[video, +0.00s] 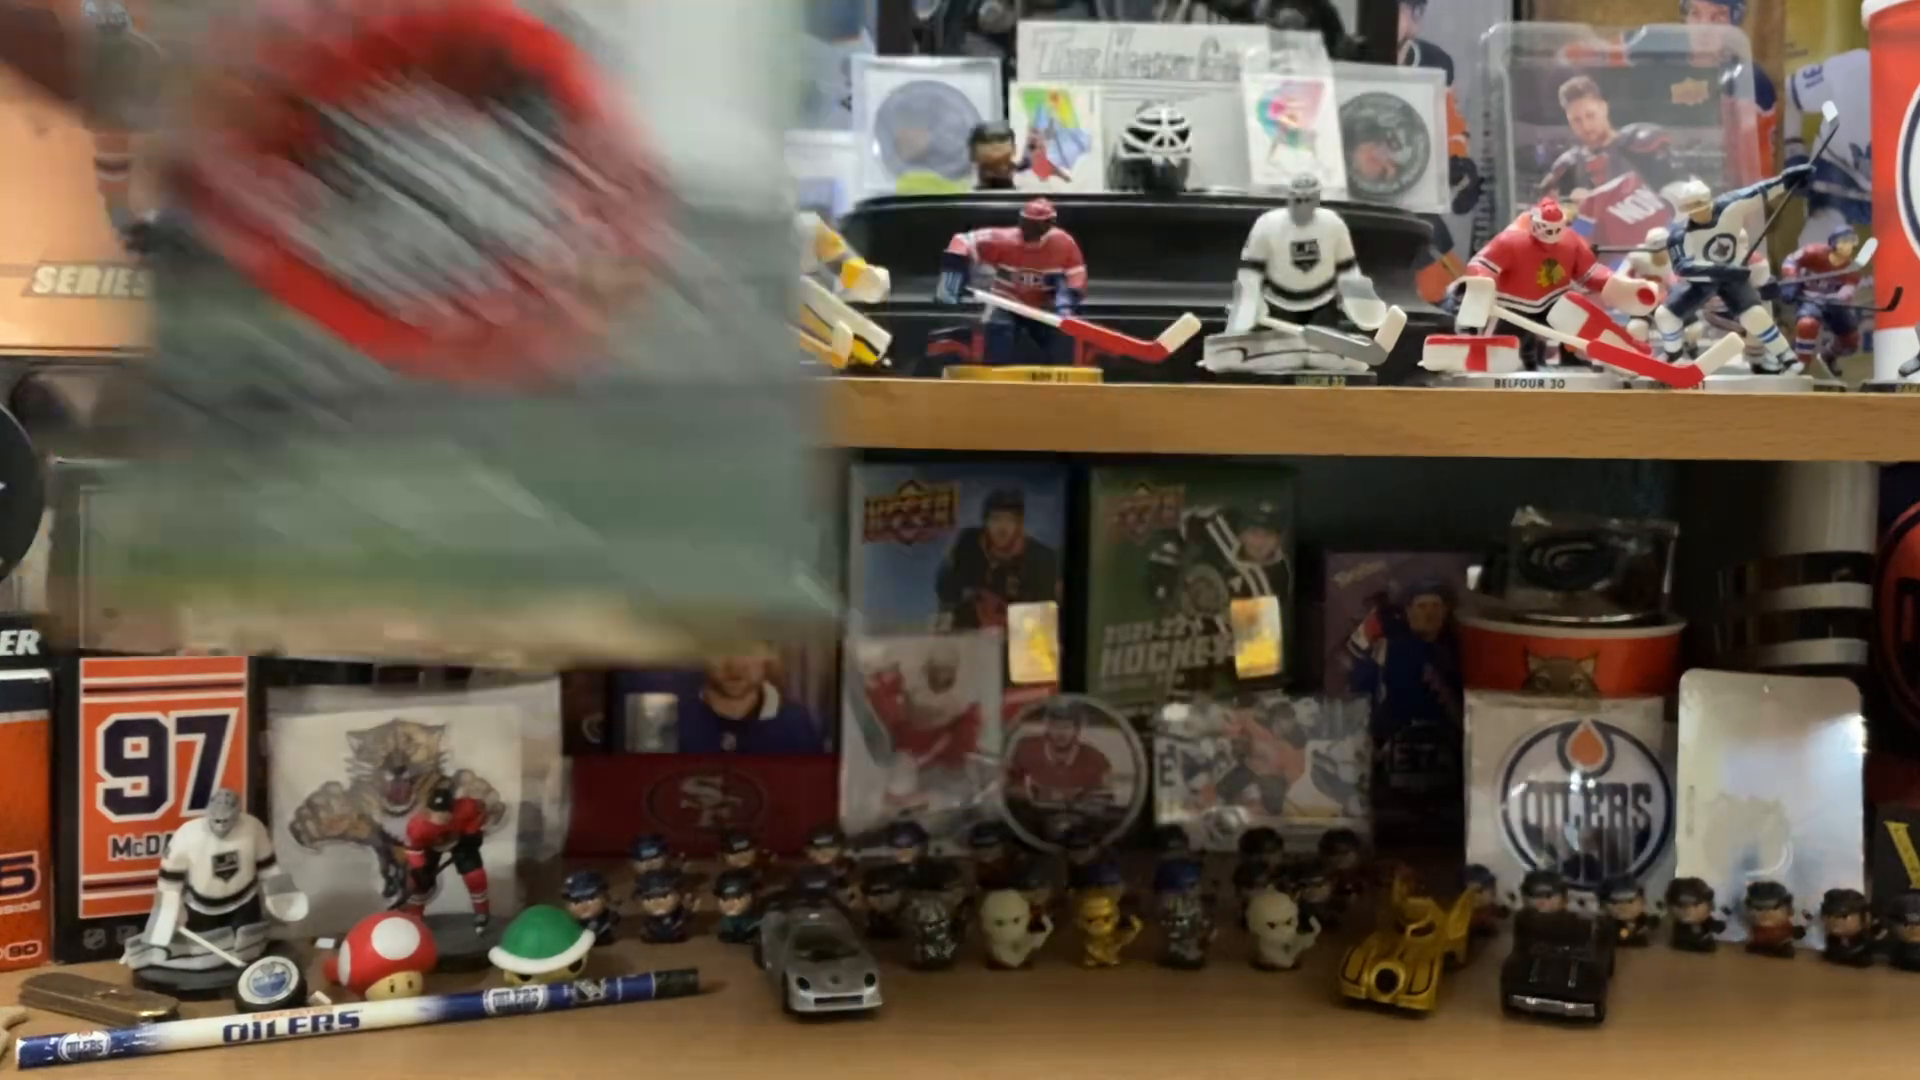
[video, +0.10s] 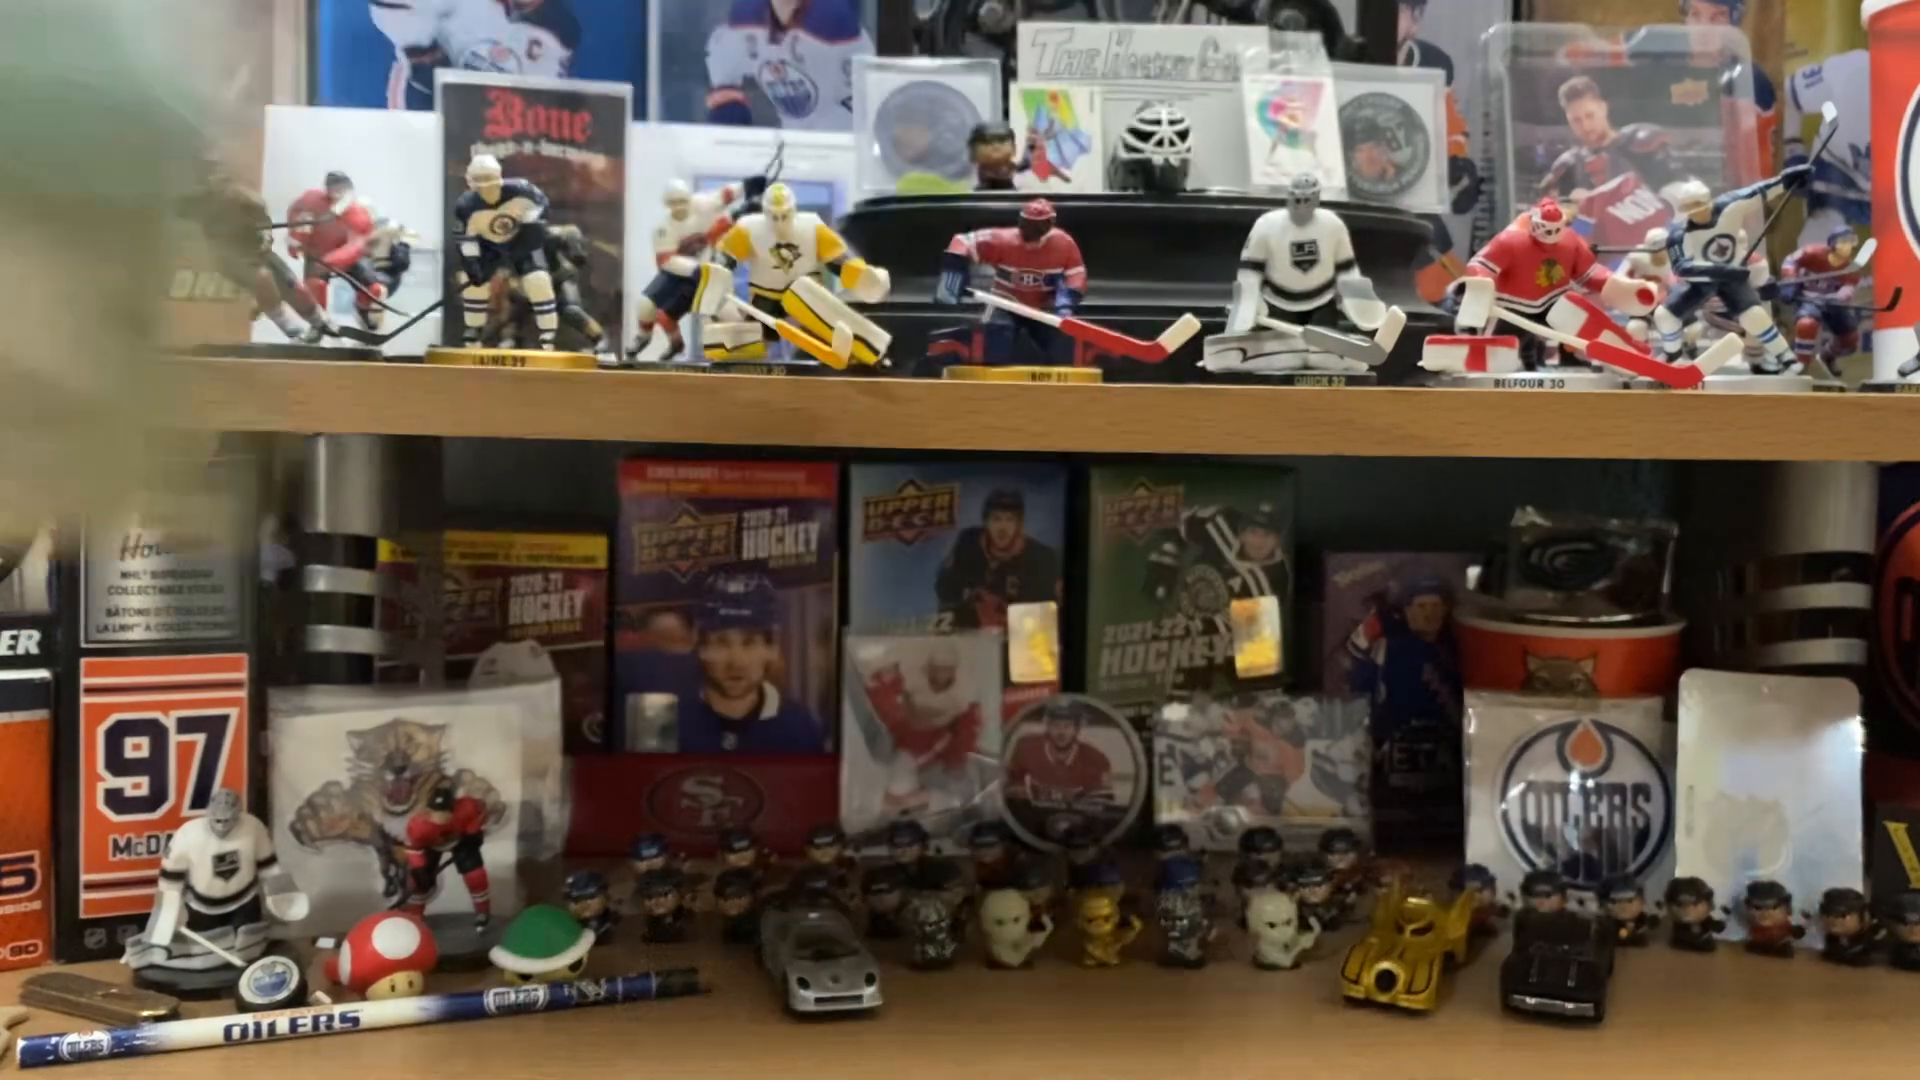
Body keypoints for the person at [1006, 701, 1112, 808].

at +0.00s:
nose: (1060, 733)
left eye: (1066, 727)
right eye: (1055, 726)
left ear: (1077, 729)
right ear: (1047, 727)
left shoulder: (1094, 758)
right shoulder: (1026, 749)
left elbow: (1105, 796)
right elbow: (1008, 786)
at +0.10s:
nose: (1061, 732)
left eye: (1067, 726)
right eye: (1055, 725)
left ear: (1077, 728)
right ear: (1047, 726)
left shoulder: (1095, 759)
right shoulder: (1026, 748)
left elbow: (1103, 799)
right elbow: (1008, 788)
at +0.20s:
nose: (1060, 731)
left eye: (1067, 726)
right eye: (1055, 725)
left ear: (1077, 728)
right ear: (1048, 726)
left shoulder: (1095, 758)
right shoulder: (1027, 746)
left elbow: (1099, 803)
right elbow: (1015, 792)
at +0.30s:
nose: (1060, 731)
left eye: (1066, 726)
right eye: (1055, 725)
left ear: (1077, 728)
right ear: (1048, 726)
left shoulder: (1095, 758)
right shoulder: (1026, 746)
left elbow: (1098, 803)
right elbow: (1015, 792)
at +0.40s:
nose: (1060, 731)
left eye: (1066, 725)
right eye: (1055, 725)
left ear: (1077, 728)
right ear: (1048, 726)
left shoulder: (1094, 758)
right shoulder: (1026, 746)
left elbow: (1099, 802)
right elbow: (1014, 789)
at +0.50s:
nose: (1060, 731)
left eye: (1066, 725)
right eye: (1055, 724)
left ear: (1076, 728)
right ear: (1048, 726)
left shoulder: (1094, 757)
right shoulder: (1026, 745)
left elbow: (1099, 800)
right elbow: (1014, 780)